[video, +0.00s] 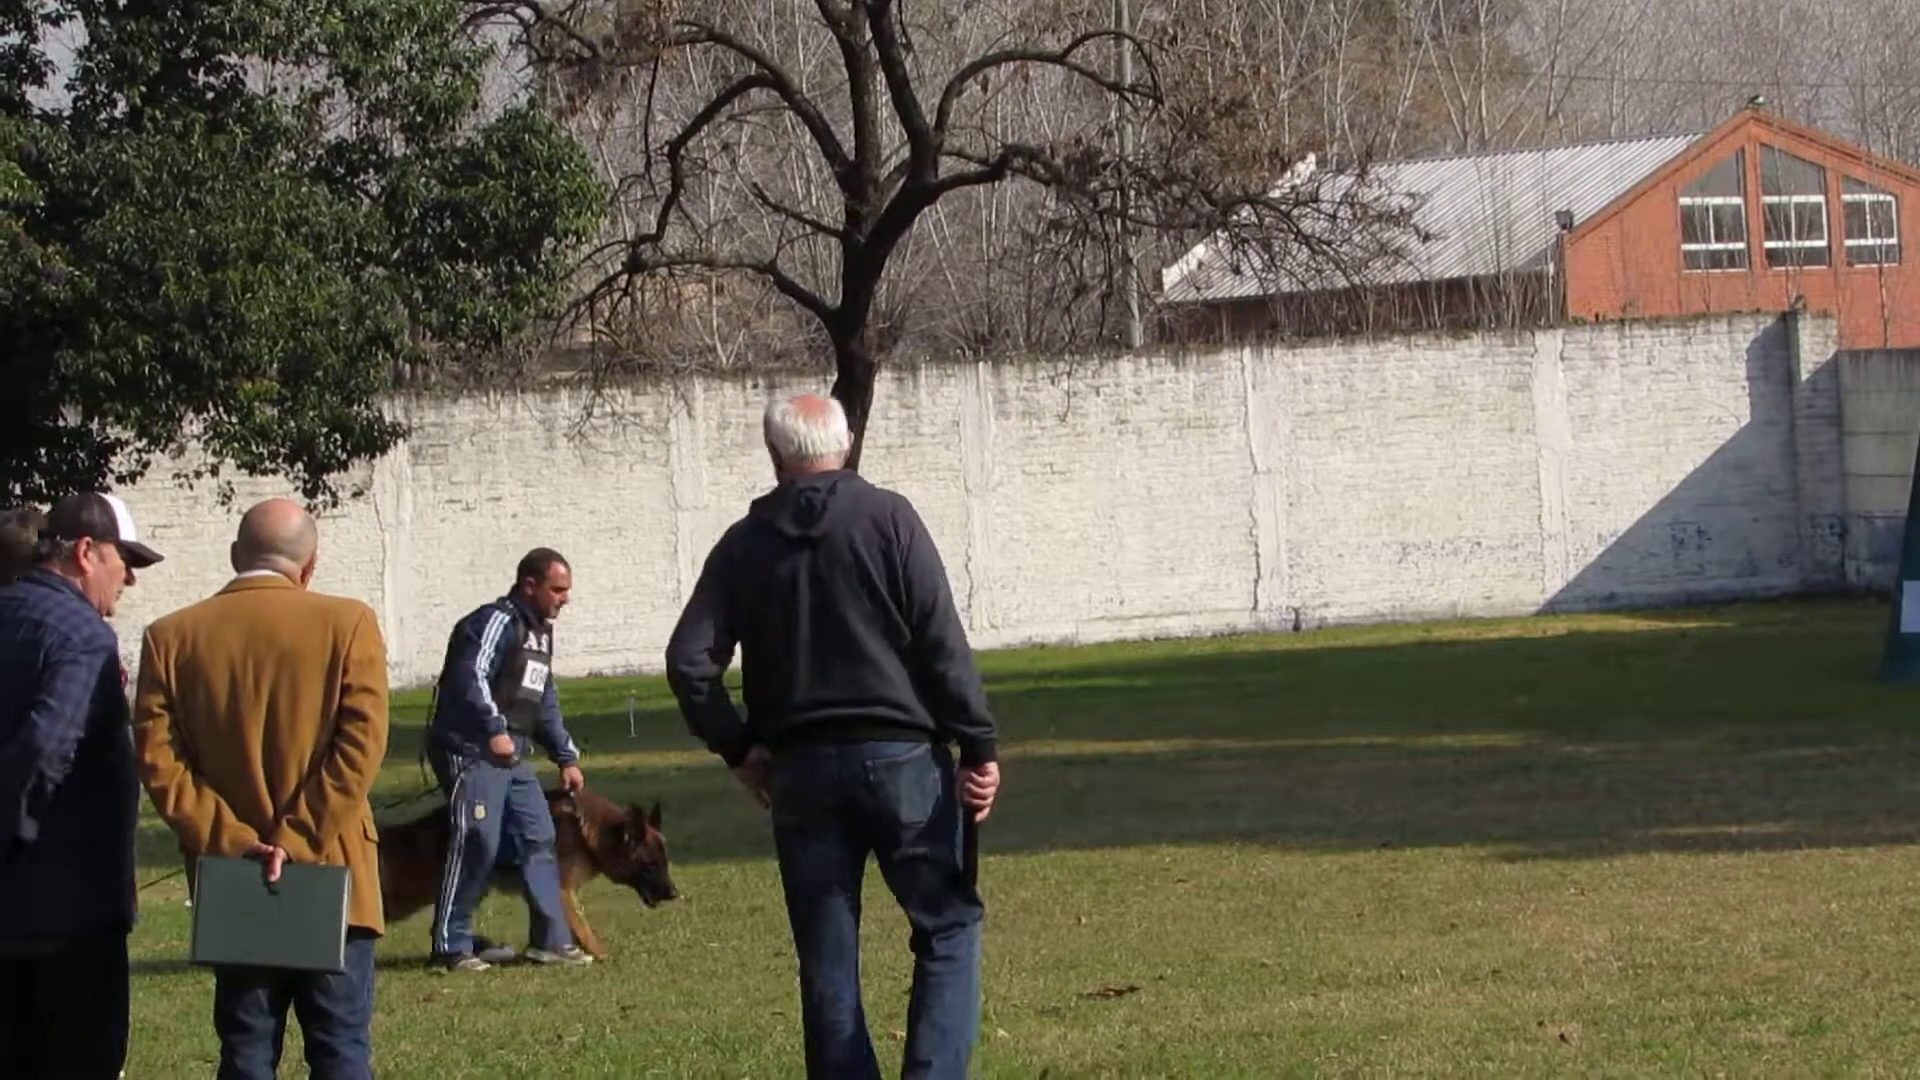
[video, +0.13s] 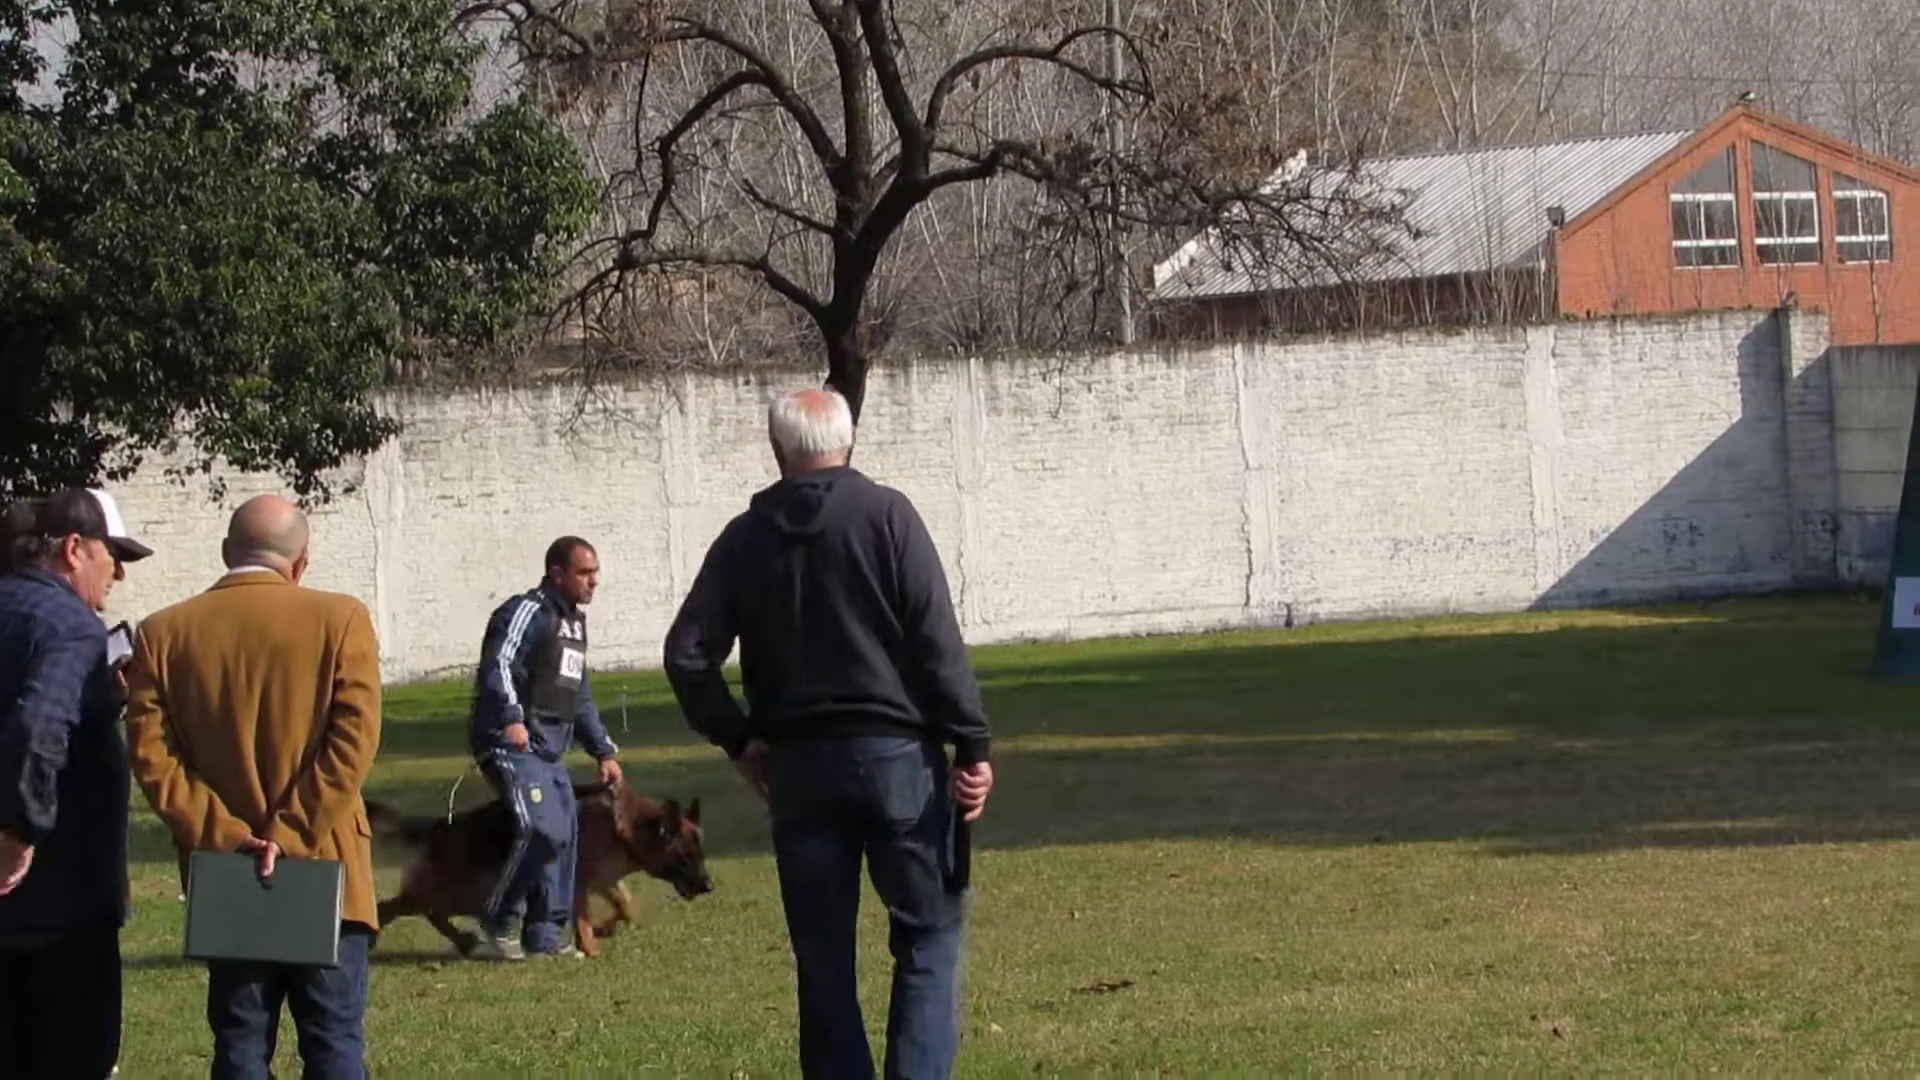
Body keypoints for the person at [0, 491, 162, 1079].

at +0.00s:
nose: (129, 580)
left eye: (131, 566)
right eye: (125, 562)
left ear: (67, 552)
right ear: (86, 553)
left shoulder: (12, 608)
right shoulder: (81, 633)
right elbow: (44, 745)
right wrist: (17, 825)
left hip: (16, 896)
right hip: (69, 901)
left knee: (24, 1051)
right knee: (84, 1058)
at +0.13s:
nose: (117, 575)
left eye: (118, 561)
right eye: (112, 558)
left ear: (61, 551)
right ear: (74, 551)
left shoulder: (13, 602)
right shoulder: (69, 623)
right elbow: (37, 724)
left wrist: (106, 688)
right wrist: (23, 830)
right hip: (62, 900)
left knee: (24, 1049)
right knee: (76, 1057)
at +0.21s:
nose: (116, 570)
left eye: (118, 556)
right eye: (111, 552)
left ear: (59, 546)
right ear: (73, 546)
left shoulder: (12, 595)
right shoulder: (69, 617)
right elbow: (39, 712)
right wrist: (54, 817)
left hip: (12, 887)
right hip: (60, 892)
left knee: (23, 1043)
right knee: (77, 1052)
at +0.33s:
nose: (103, 527)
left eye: (104, 513)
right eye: (97, 511)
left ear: (50, 505)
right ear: (60, 504)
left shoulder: (15, 557)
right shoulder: (55, 574)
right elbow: (31, 680)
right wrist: (87, 760)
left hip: (18, 832)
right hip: (47, 843)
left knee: (27, 1003)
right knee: (64, 1006)